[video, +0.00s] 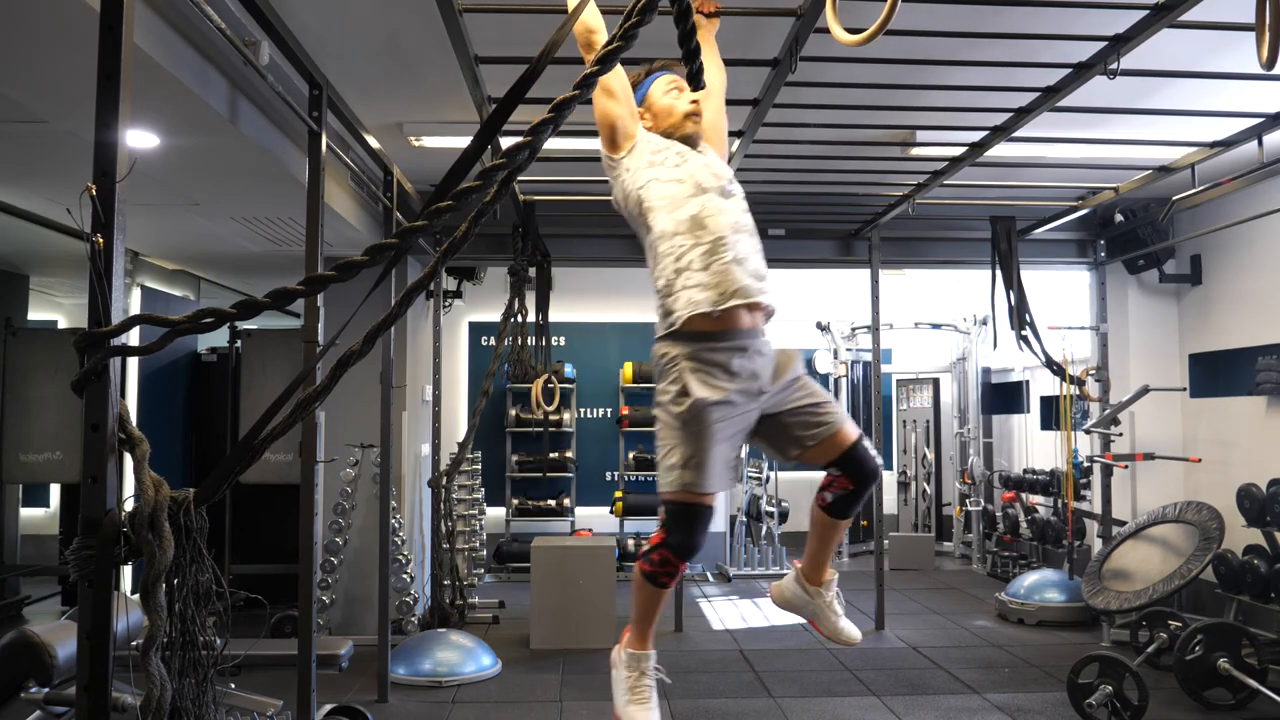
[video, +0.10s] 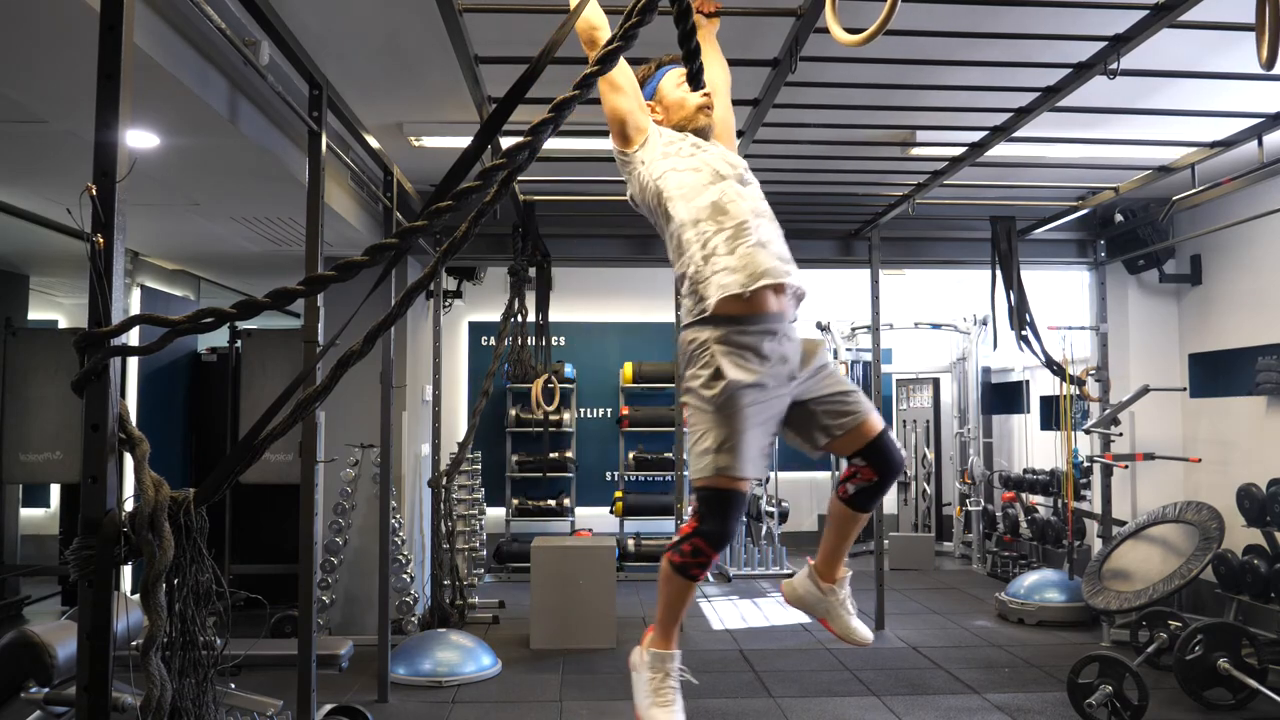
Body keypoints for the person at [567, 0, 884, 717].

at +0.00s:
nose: (687, 88)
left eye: (687, 85)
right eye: (670, 85)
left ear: (694, 110)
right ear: (643, 114)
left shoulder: (711, 159)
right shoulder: (635, 155)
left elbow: (714, 98)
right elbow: (606, 78)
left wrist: (708, 32)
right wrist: (594, 40)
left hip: (767, 350)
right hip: (697, 357)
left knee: (859, 468)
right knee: (684, 529)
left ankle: (810, 582)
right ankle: (634, 652)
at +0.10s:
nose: (695, 85)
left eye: (695, 81)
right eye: (679, 82)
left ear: (699, 109)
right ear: (653, 108)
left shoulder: (720, 151)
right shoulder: (648, 151)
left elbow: (719, 96)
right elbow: (613, 77)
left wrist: (707, 32)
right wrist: (592, 25)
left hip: (791, 336)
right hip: (725, 344)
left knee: (879, 461)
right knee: (719, 518)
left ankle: (822, 580)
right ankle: (657, 649)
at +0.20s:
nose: (692, 83)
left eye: (694, 80)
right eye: (677, 80)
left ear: (695, 105)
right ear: (652, 104)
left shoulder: (720, 147)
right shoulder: (649, 152)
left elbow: (722, 97)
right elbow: (615, 89)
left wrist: (708, 34)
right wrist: (596, 41)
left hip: (804, 326)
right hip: (741, 333)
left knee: (896, 450)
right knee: (752, 505)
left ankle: (833, 575)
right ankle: (686, 652)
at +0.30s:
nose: (681, 83)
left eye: (686, 80)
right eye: (666, 80)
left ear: (692, 104)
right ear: (641, 104)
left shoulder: (713, 145)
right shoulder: (640, 152)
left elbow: (722, 93)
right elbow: (604, 88)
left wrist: (708, 35)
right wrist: (592, 51)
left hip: (803, 320)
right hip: (743, 326)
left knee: (895, 447)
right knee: (769, 487)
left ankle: (829, 575)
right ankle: (713, 651)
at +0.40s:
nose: (664, 86)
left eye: (668, 83)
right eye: (650, 83)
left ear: (676, 103)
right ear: (628, 107)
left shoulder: (701, 141)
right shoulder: (628, 152)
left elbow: (719, 94)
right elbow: (605, 117)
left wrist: (706, 32)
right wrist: (589, 71)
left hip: (791, 310)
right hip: (732, 313)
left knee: (870, 449)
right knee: (774, 464)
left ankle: (806, 584)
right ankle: (728, 646)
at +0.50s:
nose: (644, 78)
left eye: (649, 76)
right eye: (631, 78)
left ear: (663, 97)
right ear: (612, 104)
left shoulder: (691, 138)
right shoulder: (614, 152)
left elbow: (718, 94)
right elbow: (592, 123)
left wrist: (706, 29)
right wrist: (585, 76)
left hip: (768, 302)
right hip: (712, 307)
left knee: (832, 458)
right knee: (766, 453)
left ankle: (781, 601)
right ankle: (731, 633)